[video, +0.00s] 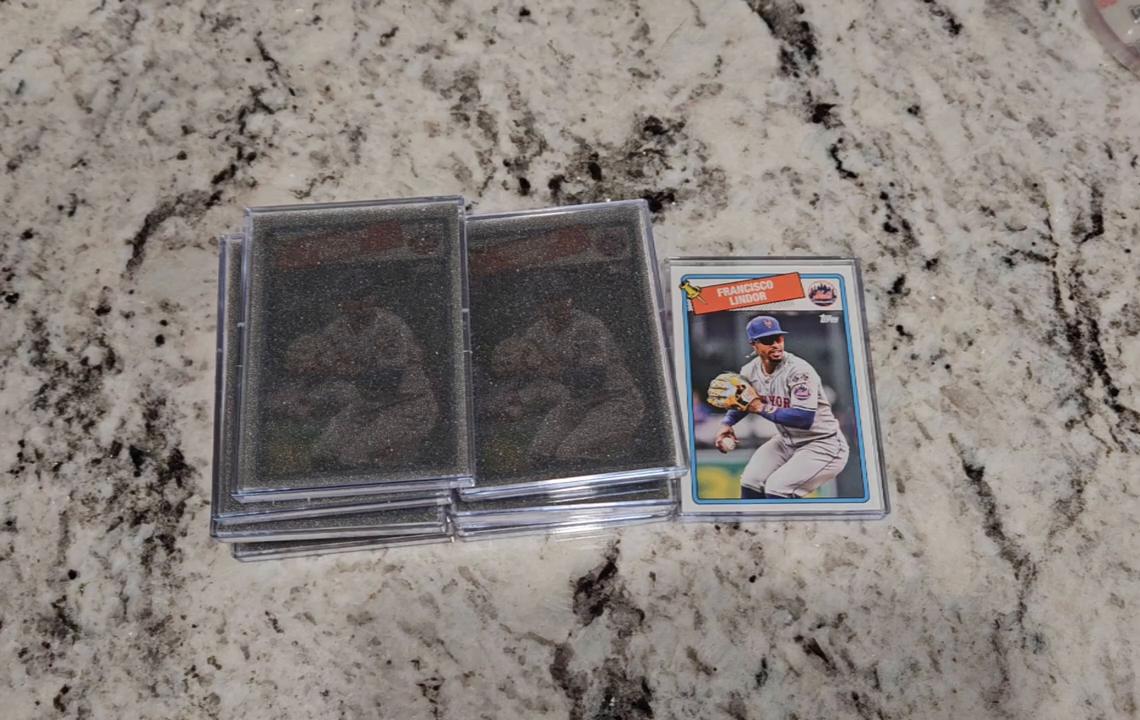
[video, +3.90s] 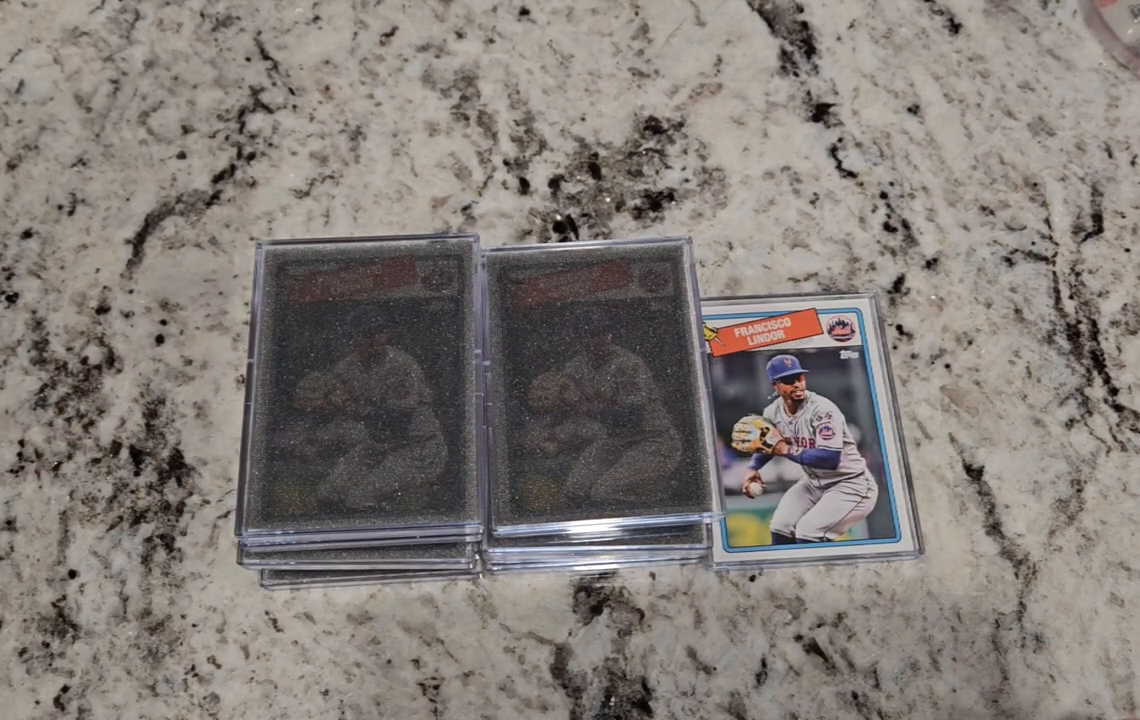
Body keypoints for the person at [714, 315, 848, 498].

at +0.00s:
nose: (776, 346)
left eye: (778, 339)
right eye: (767, 341)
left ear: (783, 339)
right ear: (754, 346)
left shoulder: (800, 371)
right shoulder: (749, 372)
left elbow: (803, 419)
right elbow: (742, 403)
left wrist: (760, 407)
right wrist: (726, 425)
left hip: (824, 446)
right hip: (786, 443)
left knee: (777, 488)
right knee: (751, 482)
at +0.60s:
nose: (782, 362)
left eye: (784, 355)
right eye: (774, 358)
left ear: (789, 355)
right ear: (761, 363)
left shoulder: (808, 386)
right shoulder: (757, 389)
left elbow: (814, 433)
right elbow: (753, 421)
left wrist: (771, 425)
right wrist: (737, 445)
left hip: (826, 462)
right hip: (795, 460)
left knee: (791, 507)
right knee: (764, 503)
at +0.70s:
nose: (801, 377)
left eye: (803, 370)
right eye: (793, 373)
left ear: (809, 370)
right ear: (780, 379)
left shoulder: (826, 402)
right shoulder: (775, 404)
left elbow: (834, 450)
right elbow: (771, 437)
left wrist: (789, 441)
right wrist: (755, 461)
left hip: (845, 479)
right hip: (814, 476)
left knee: (809, 524)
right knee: (782, 519)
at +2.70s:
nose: (798, 385)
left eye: (800, 378)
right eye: (789, 381)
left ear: (804, 377)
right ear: (776, 386)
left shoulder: (823, 410)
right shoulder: (772, 413)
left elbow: (830, 460)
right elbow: (768, 446)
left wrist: (786, 449)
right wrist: (752, 469)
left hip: (853, 485)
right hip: (815, 485)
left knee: (807, 532)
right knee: (780, 529)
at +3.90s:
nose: (798, 385)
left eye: (800, 378)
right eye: (789, 381)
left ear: (805, 377)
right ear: (776, 386)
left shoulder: (823, 410)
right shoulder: (772, 413)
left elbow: (830, 460)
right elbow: (768, 446)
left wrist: (786, 449)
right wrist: (752, 469)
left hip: (853, 485)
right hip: (814, 485)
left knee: (807, 532)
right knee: (781, 529)